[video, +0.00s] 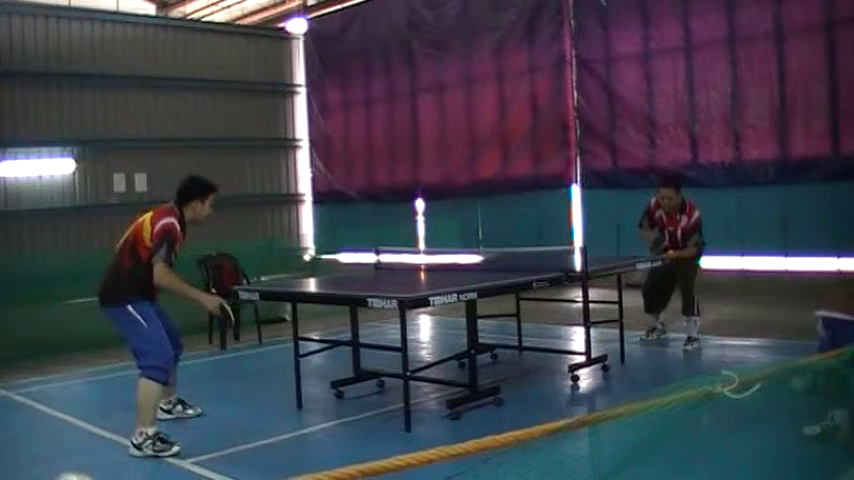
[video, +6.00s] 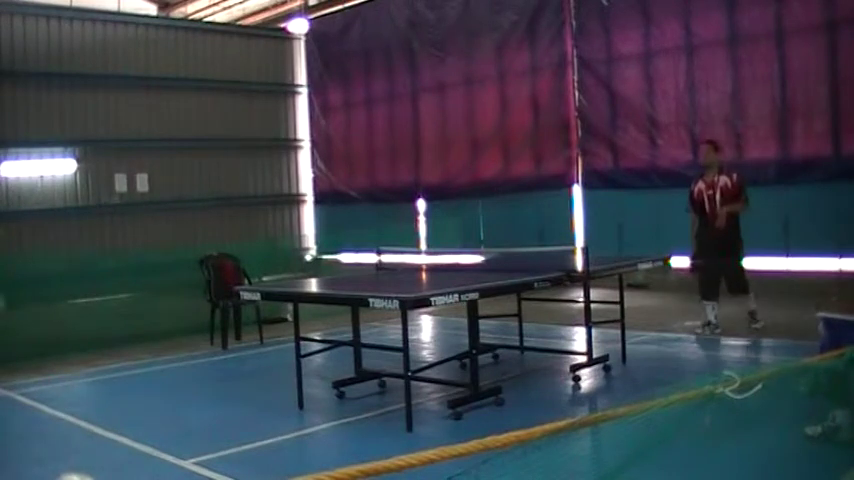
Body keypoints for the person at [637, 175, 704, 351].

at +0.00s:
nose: (665, 203)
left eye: (669, 198)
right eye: (662, 198)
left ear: (679, 196)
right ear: (658, 196)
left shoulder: (691, 214)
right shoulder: (654, 207)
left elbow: (696, 249)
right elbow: (643, 229)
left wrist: (675, 254)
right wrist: (653, 240)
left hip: (686, 258)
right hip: (665, 257)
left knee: (686, 288)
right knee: (650, 289)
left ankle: (692, 333)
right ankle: (656, 325)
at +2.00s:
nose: (654, 166)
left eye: (658, 162)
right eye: (651, 162)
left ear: (669, 163)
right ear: (649, 164)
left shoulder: (683, 186)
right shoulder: (645, 187)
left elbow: (703, 208)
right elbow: (632, 201)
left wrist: (705, 238)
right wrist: (626, 198)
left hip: (680, 246)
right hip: (656, 245)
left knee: (686, 282)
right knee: (653, 283)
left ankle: (700, 325)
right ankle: (657, 325)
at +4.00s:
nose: (683, 162)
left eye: (687, 158)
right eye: (681, 158)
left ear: (695, 161)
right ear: (678, 162)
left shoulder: (708, 187)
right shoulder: (674, 190)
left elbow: (715, 211)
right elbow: (669, 217)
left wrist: (700, 215)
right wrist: (663, 247)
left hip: (700, 236)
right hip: (681, 236)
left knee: (691, 273)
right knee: (692, 273)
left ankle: (684, 315)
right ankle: (705, 310)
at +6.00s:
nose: (705, 157)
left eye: (709, 153)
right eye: (703, 153)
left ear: (717, 156)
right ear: (701, 158)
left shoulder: (732, 181)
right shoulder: (697, 187)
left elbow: (742, 204)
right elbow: (695, 219)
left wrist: (726, 209)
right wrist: (695, 248)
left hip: (729, 242)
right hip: (706, 244)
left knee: (738, 279)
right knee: (707, 283)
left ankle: (752, 311)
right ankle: (711, 321)